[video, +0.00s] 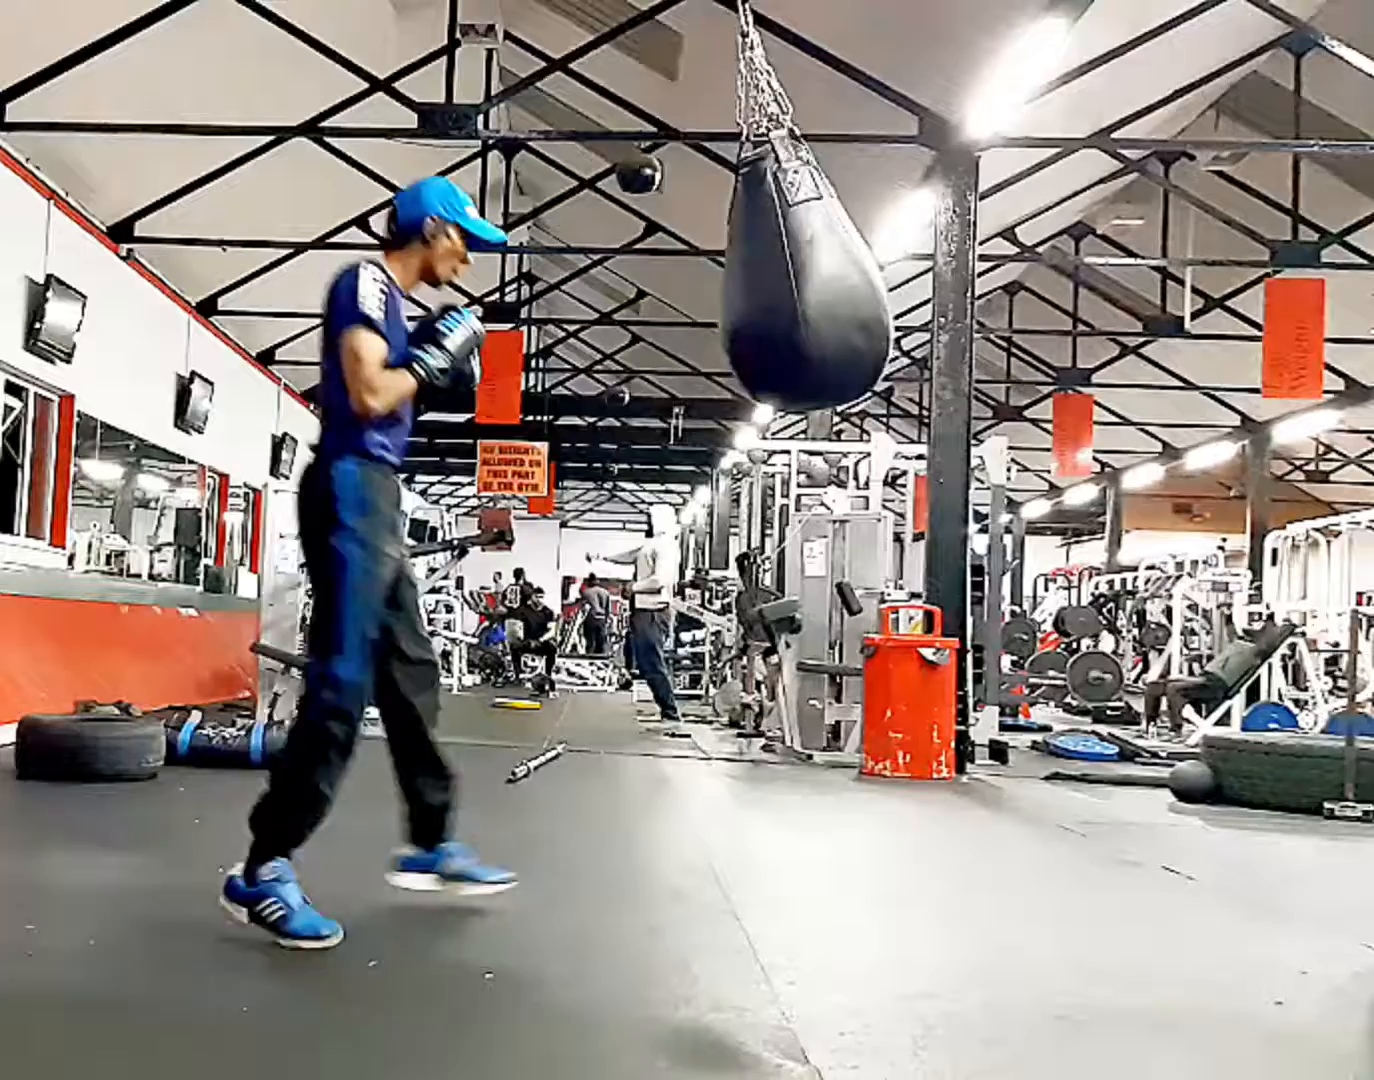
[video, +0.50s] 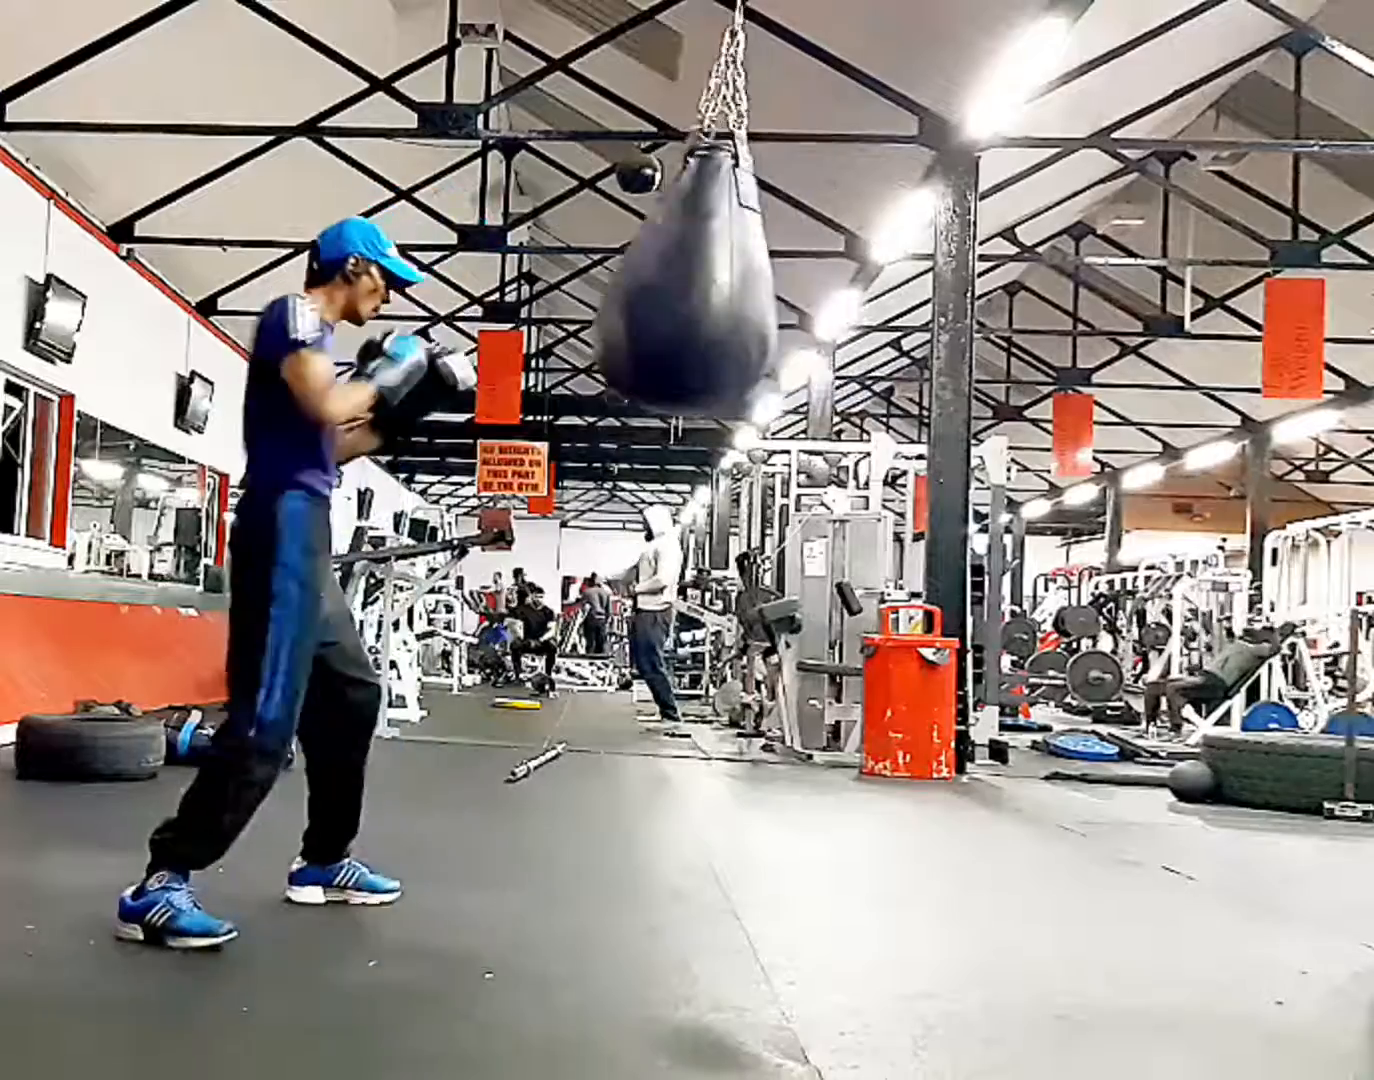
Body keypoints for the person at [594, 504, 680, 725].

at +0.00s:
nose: (648, 522)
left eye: (652, 518)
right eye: (650, 518)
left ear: (661, 521)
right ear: (660, 521)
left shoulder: (666, 546)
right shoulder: (649, 545)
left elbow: (660, 581)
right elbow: (627, 557)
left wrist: (633, 587)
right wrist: (601, 559)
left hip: (653, 609)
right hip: (641, 608)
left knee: (653, 664)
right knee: (644, 663)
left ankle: (670, 712)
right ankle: (666, 709)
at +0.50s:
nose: (643, 527)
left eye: (647, 523)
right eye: (644, 523)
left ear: (657, 523)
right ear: (657, 523)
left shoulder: (668, 546)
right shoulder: (652, 547)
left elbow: (663, 580)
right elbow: (633, 573)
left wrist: (636, 589)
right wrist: (609, 580)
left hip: (656, 609)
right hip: (643, 608)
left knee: (652, 663)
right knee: (643, 664)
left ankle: (670, 712)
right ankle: (666, 709)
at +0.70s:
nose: (640, 529)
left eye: (641, 525)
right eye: (640, 525)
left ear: (649, 524)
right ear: (657, 522)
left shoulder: (663, 544)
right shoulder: (653, 544)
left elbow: (662, 578)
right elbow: (652, 577)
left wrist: (639, 589)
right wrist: (636, 591)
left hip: (658, 608)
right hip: (647, 607)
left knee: (653, 661)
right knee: (646, 660)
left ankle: (670, 711)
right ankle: (667, 708)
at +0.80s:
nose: (634, 534)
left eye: (635, 530)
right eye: (633, 530)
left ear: (642, 528)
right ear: (651, 524)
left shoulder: (659, 544)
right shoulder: (650, 546)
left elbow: (663, 577)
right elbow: (655, 578)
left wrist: (641, 589)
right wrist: (638, 591)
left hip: (660, 608)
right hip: (650, 608)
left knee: (654, 661)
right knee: (647, 660)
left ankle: (670, 711)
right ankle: (667, 708)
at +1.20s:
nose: (632, 546)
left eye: (631, 541)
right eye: (629, 542)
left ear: (638, 536)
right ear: (646, 530)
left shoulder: (654, 551)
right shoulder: (666, 544)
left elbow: (659, 586)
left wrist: (653, 616)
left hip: (666, 613)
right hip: (679, 609)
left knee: (659, 661)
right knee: (659, 659)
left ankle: (671, 711)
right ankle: (669, 707)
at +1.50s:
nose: (638, 548)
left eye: (637, 544)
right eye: (636, 544)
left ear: (643, 538)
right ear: (651, 532)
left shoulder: (657, 553)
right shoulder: (671, 546)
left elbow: (672, 585)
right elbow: (687, 580)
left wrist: (683, 613)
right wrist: (695, 607)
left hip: (665, 616)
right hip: (676, 613)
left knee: (660, 666)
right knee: (672, 664)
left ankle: (673, 714)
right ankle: (685, 712)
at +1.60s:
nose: (641, 551)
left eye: (640, 546)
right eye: (638, 547)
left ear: (647, 541)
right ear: (650, 536)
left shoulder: (663, 555)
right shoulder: (664, 551)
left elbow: (681, 585)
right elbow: (658, 583)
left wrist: (692, 612)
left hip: (668, 619)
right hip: (672, 617)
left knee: (659, 665)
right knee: (673, 665)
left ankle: (673, 714)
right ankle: (688, 715)